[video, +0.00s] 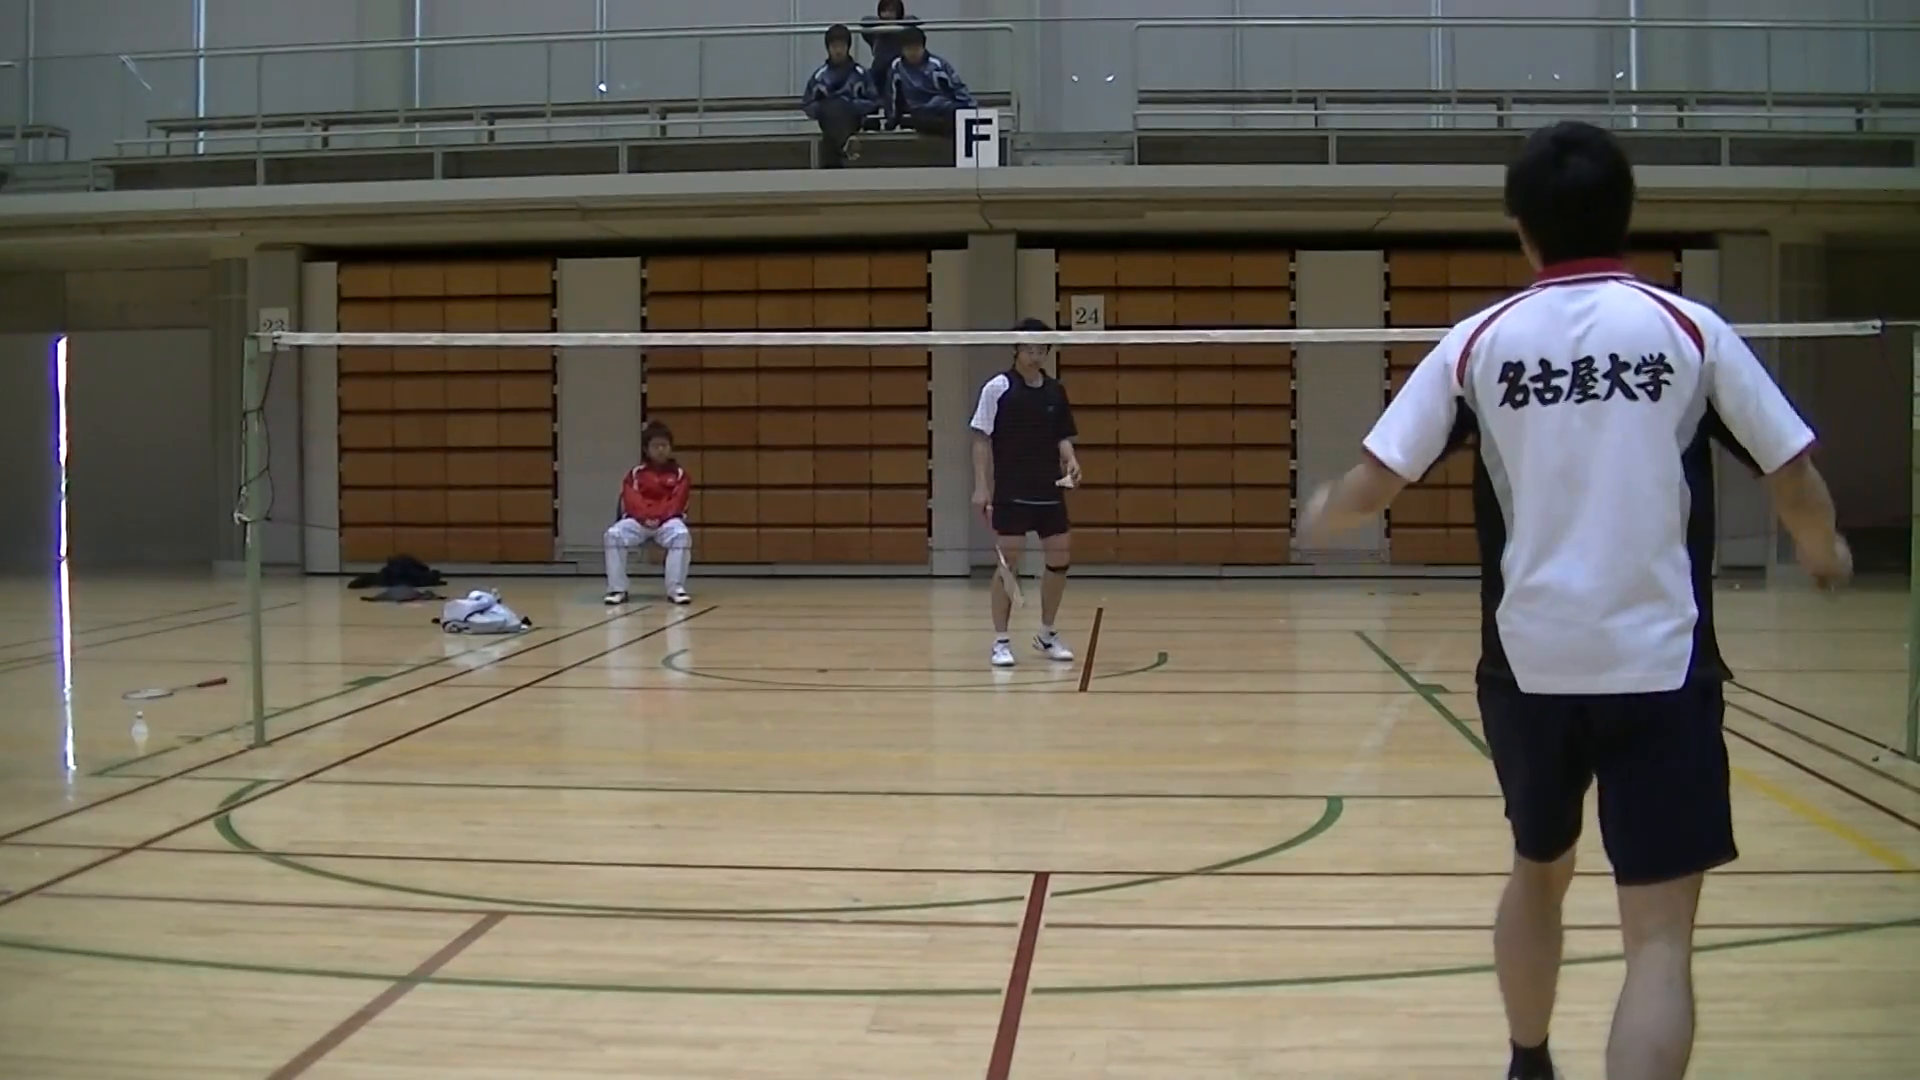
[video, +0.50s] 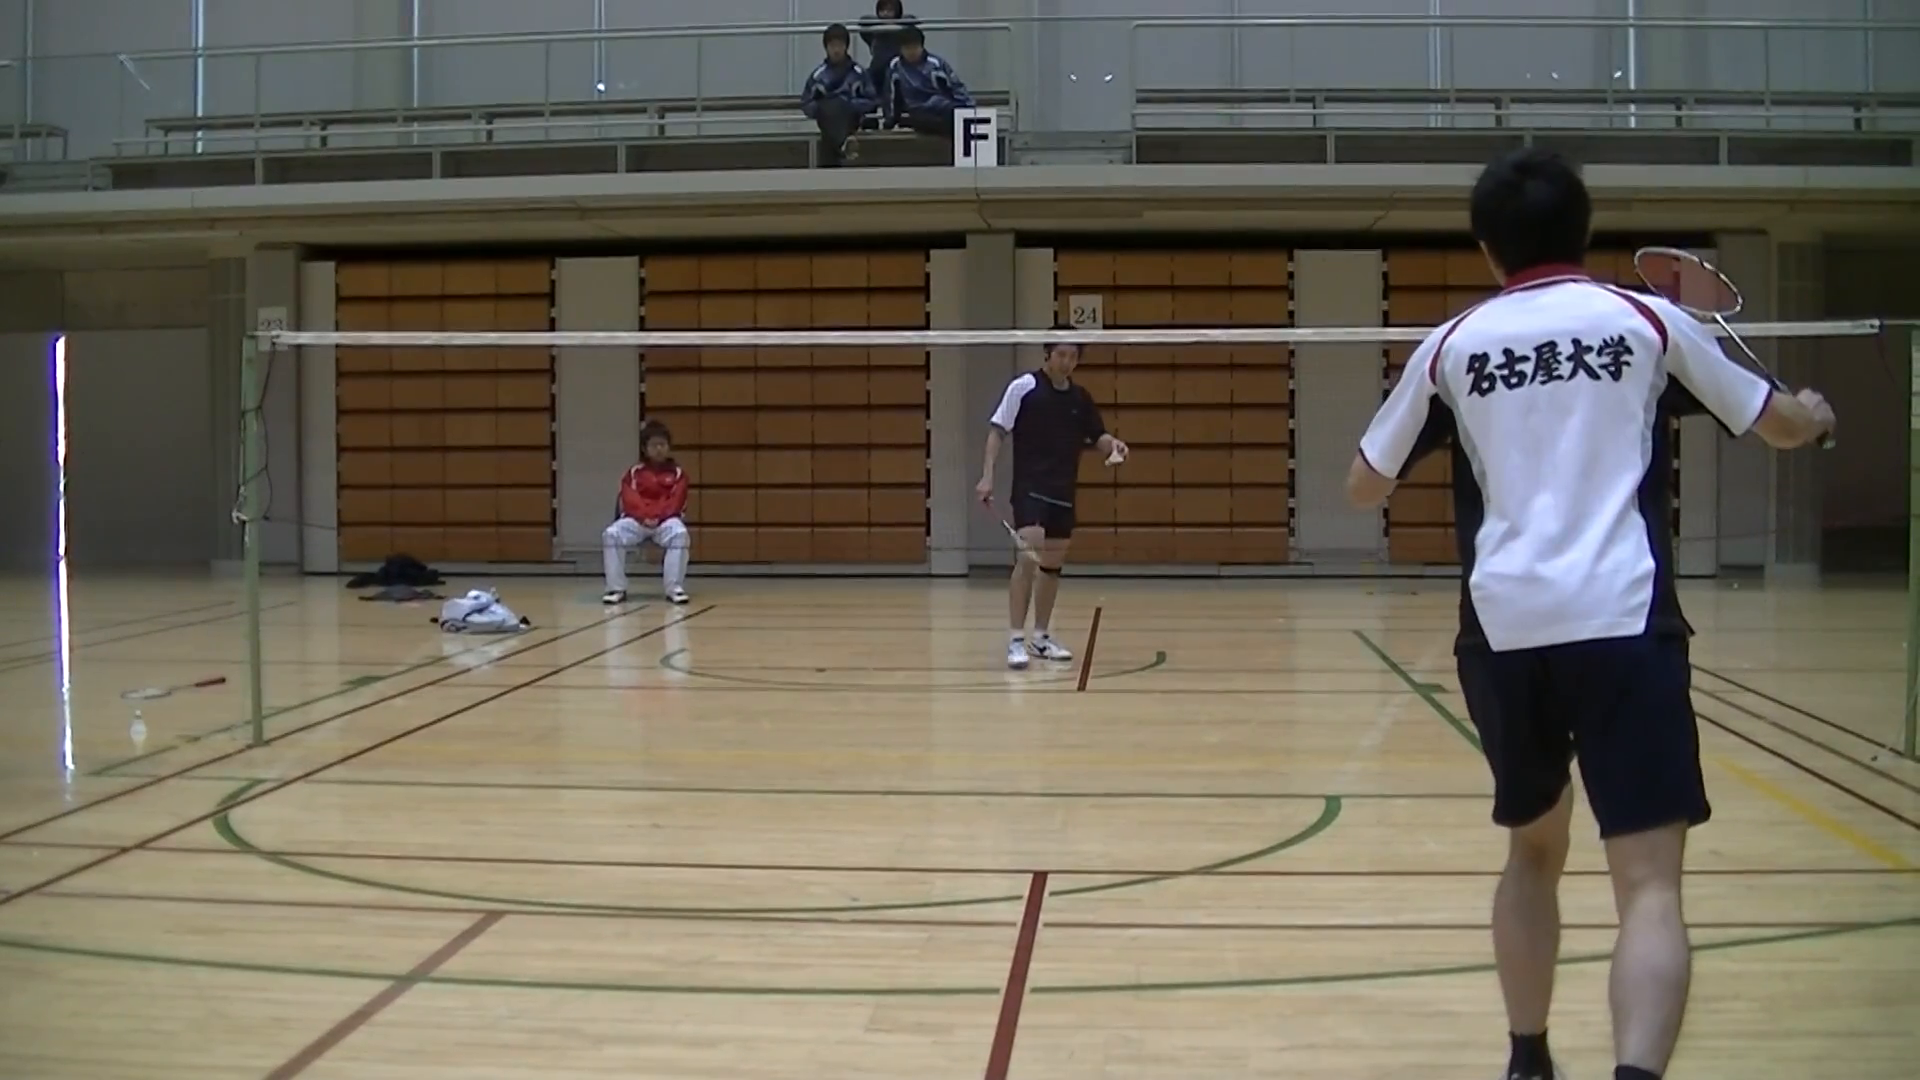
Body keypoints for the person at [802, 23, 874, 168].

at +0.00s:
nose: (838, 51)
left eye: (842, 46)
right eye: (833, 46)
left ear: (848, 47)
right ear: (827, 48)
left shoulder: (861, 73)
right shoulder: (819, 75)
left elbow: (873, 103)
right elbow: (808, 107)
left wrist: (847, 104)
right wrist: (827, 105)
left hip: (854, 122)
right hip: (828, 122)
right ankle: (846, 144)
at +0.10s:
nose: (837, 51)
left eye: (841, 46)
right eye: (833, 46)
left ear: (848, 47)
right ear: (827, 48)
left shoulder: (860, 73)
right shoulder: (819, 75)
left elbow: (873, 104)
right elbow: (807, 106)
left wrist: (847, 104)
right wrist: (826, 105)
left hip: (854, 119)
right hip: (827, 119)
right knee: (831, 106)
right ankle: (845, 144)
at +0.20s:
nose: (836, 50)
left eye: (840, 45)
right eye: (832, 45)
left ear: (847, 47)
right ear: (826, 48)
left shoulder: (859, 73)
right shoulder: (818, 75)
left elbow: (871, 102)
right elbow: (807, 105)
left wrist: (846, 105)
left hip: (853, 118)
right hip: (825, 118)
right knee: (831, 105)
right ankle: (843, 143)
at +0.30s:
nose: (836, 50)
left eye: (840, 45)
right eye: (832, 45)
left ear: (847, 46)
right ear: (826, 47)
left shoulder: (859, 72)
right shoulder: (817, 75)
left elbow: (872, 103)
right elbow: (806, 105)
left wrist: (846, 104)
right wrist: (825, 106)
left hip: (853, 118)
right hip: (825, 118)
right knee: (831, 105)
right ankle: (844, 143)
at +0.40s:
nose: (836, 50)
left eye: (840, 45)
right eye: (832, 45)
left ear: (847, 47)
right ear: (826, 47)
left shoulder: (859, 73)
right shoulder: (818, 74)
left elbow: (872, 102)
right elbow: (806, 105)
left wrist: (846, 104)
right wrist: (825, 105)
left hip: (852, 118)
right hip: (825, 118)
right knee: (831, 105)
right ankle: (844, 143)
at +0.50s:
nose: (836, 50)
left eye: (840, 45)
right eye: (832, 45)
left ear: (846, 47)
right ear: (826, 47)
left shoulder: (859, 72)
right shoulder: (818, 74)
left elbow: (871, 102)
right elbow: (807, 106)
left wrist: (846, 104)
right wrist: (823, 105)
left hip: (852, 119)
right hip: (826, 119)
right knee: (830, 105)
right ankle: (843, 143)